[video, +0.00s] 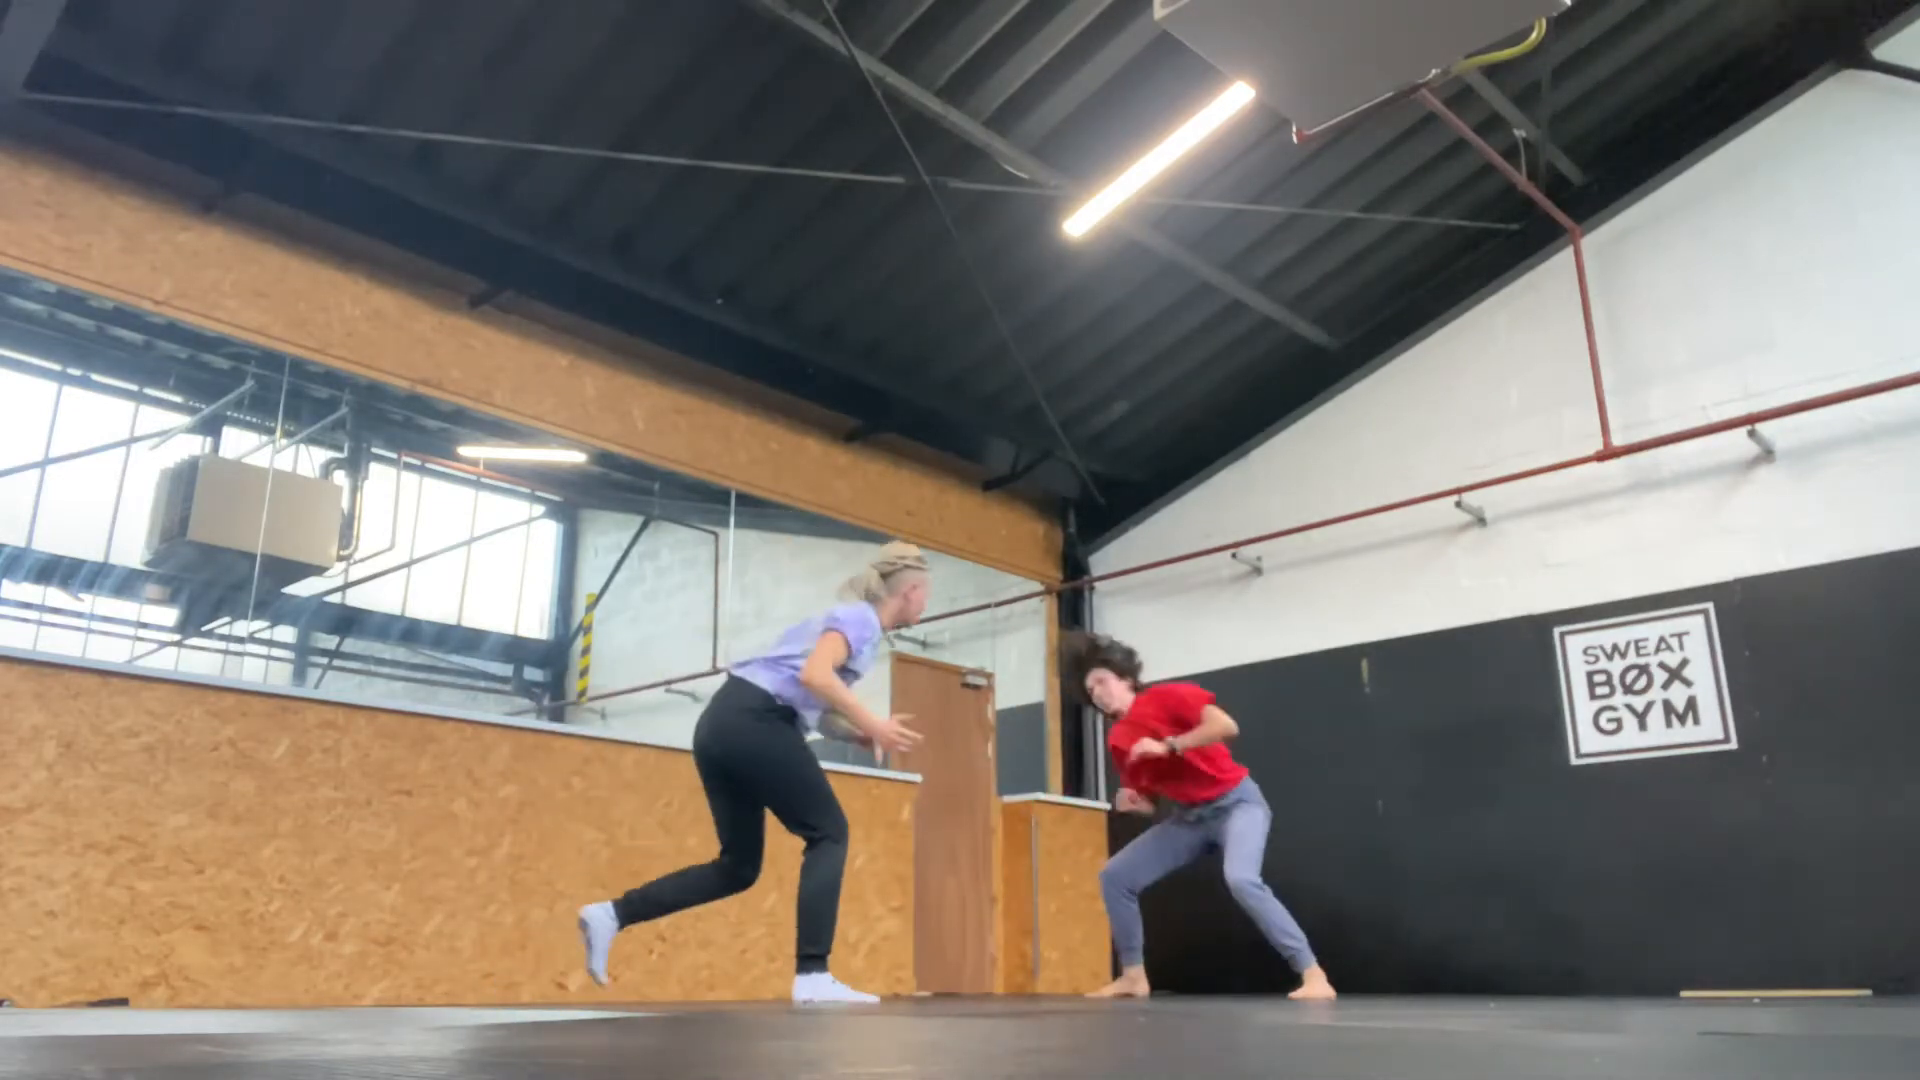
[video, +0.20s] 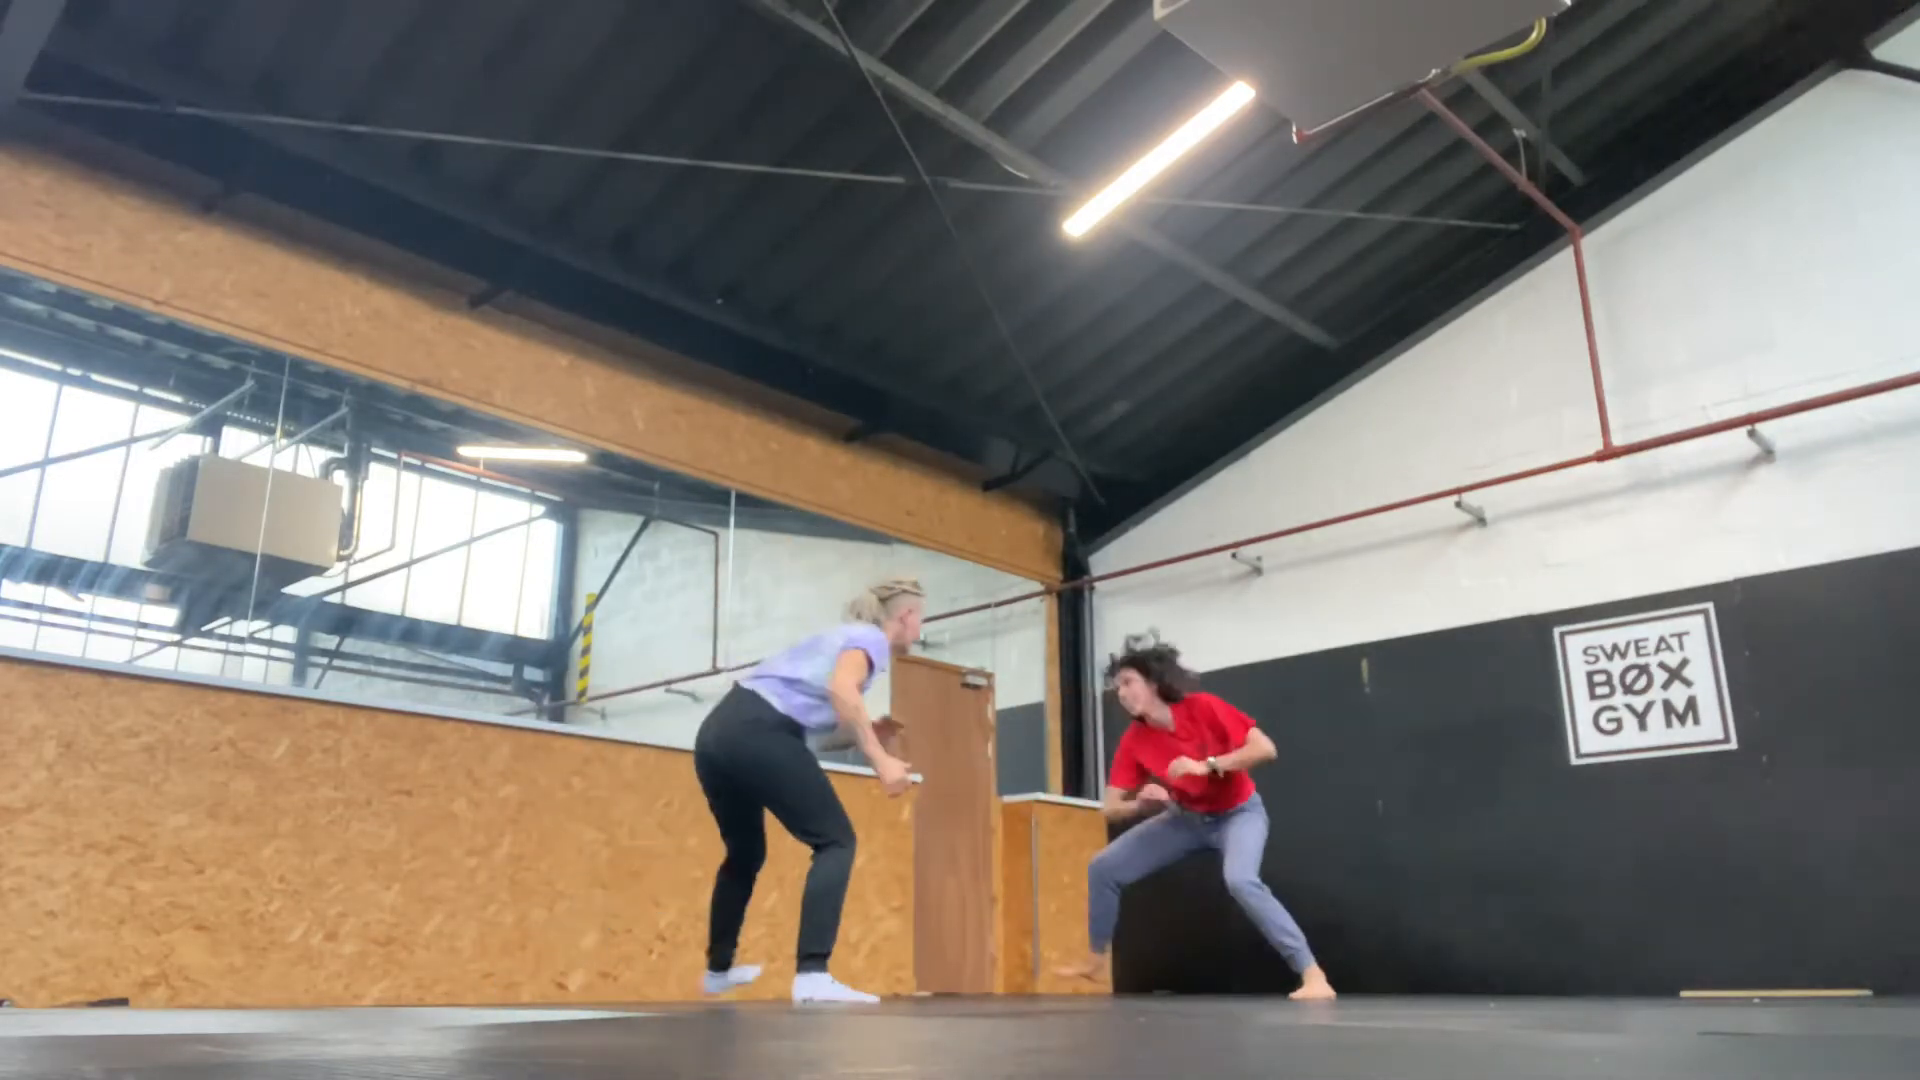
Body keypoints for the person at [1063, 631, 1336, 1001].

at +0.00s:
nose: (1096, 694)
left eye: (1100, 682)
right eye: (1090, 690)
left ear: (1124, 676)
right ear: (1091, 699)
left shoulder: (1168, 697)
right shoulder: (1118, 739)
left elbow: (1225, 725)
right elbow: (1149, 802)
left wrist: (1169, 745)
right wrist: (1134, 803)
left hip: (1237, 804)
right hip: (1187, 819)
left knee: (1241, 879)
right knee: (1116, 877)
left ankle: (1314, 977)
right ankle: (1134, 977)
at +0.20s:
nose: (1121, 694)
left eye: (1127, 683)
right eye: (1117, 688)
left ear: (1154, 682)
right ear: (1121, 696)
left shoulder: (1204, 707)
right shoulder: (1135, 740)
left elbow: (1265, 748)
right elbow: (1112, 807)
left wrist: (1207, 765)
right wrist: (1138, 803)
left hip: (1240, 813)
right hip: (1186, 819)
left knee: (1241, 880)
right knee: (1103, 868)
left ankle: (1312, 975)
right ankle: (1096, 965)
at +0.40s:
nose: (1071, 694)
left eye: (1076, 685)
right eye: (1068, 688)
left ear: (1101, 684)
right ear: (1075, 693)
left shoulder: (1152, 705)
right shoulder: (1083, 734)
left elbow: (1214, 729)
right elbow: (1053, 759)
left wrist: (1190, 750)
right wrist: (1035, 756)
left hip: (1194, 815)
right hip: (1146, 822)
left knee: (1224, 894)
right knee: (1073, 880)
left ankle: (1307, 975)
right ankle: (1057, 979)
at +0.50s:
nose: (1038, 686)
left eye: (1043, 677)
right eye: (1036, 680)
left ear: (1065, 675)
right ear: (1043, 686)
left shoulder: (1117, 698)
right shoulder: (1050, 728)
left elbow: (1181, 725)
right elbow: (1002, 750)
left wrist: (1144, 736)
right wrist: (965, 747)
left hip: (1165, 806)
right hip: (1115, 818)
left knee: (1220, 880)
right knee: (1051, 878)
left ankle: (1292, 961)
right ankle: (1056, 978)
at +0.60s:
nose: (1019, 683)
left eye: (1023, 675)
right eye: (1017, 677)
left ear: (1046, 670)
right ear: (1025, 679)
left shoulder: (1088, 688)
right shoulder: (1026, 719)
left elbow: (1143, 714)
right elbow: (977, 743)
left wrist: (1091, 723)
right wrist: (925, 756)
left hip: (1144, 792)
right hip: (1096, 807)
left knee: (1196, 876)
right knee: (1045, 873)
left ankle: (1268, 958)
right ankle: (1055, 978)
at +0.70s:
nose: (1022, 687)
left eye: (1026, 677)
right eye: (1015, 680)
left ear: (1045, 666)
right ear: (1010, 676)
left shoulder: (1072, 676)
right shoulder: (1014, 713)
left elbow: (1086, 700)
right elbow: (974, 743)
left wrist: (1036, 696)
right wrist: (923, 771)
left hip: (1130, 782)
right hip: (1084, 799)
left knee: (1171, 877)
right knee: (1046, 872)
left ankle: (1223, 958)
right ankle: (1054, 978)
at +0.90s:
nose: (1017, 653)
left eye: (1023, 642)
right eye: (1013, 648)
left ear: (1044, 639)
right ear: (1013, 653)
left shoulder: (1069, 661)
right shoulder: (1031, 694)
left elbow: (1039, 676)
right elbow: (1024, 736)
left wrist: (1007, 667)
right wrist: (1012, 766)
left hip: (1114, 780)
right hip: (1067, 790)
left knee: (1126, 882)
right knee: (1057, 878)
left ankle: (1144, 946)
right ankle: (1056, 975)